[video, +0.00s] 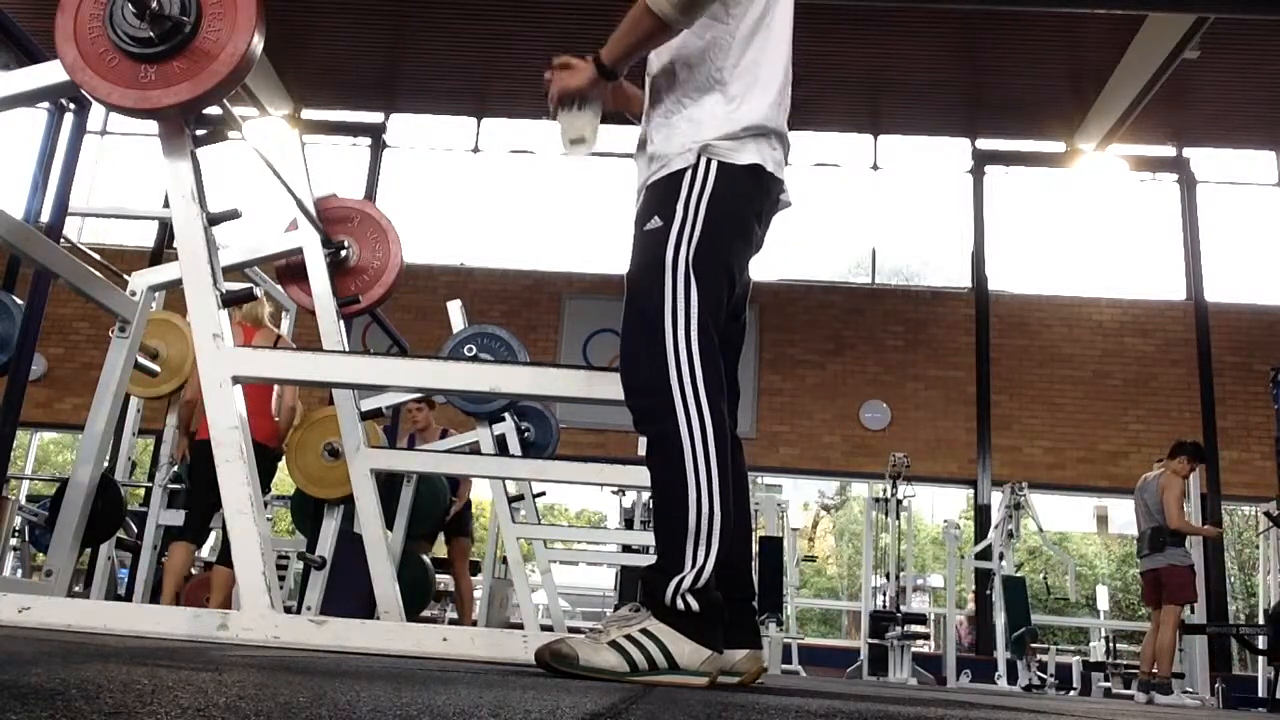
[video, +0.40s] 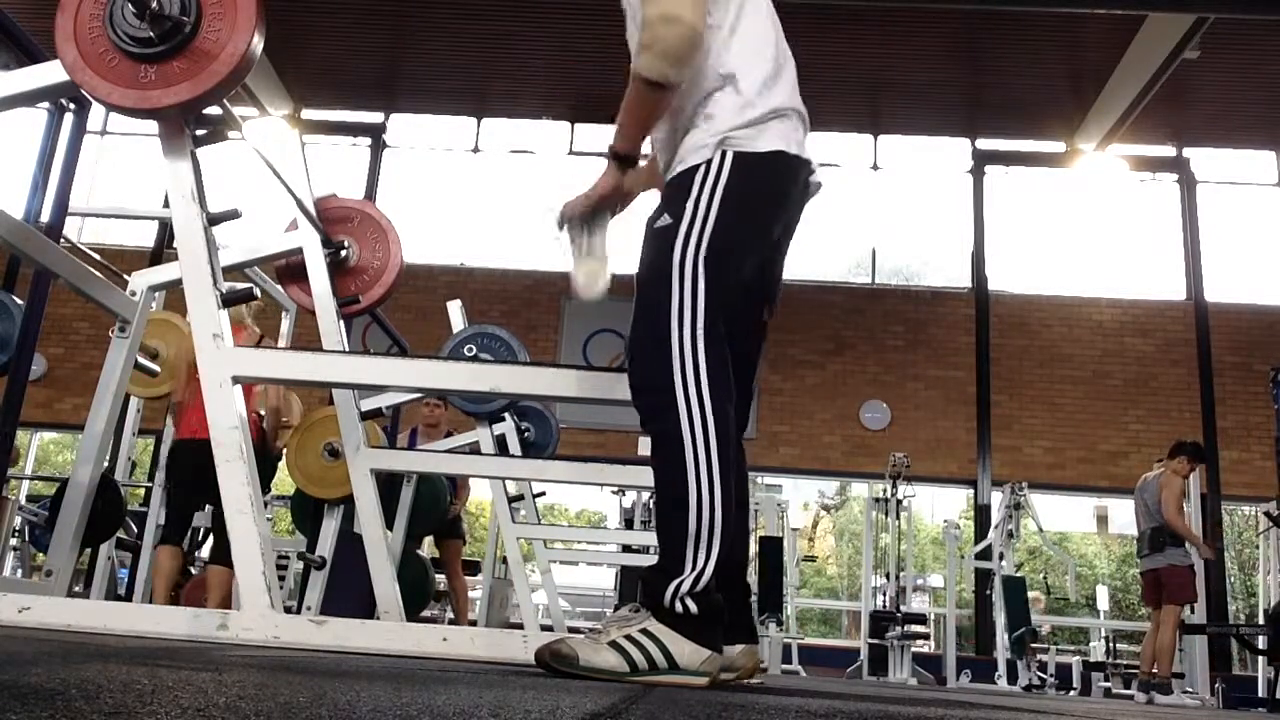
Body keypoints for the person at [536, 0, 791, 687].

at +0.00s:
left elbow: (668, 5)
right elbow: (687, 101)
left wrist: (600, 64)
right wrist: (611, 90)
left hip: (710, 147)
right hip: (699, 152)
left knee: (668, 372)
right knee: (697, 394)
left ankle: (689, 621)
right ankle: (730, 632)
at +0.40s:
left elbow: (674, 30)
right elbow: (716, 106)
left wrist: (621, 156)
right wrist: (633, 181)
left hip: (728, 150)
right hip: (757, 153)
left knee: (676, 376)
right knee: (708, 389)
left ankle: (688, 623)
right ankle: (723, 629)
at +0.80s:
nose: (464, 115)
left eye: (454, 93)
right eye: (452, 106)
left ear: (486, 46)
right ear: (492, 55)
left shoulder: (603, 30)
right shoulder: (574, 158)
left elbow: (706, 148)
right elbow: (563, 288)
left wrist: (667, 250)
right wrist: (504, 417)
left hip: (787, 173)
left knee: (652, 349)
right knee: (686, 393)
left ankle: (687, 623)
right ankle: (707, 629)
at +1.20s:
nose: (455, 204)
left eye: (444, 180)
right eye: (439, 197)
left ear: (472, 131)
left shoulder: (591, 93)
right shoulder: (547, 237)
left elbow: (728, 171)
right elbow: (496, 361)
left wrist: (662, 262)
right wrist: (416, 495)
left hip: (805, 208)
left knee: (639, 345)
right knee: (655, 380)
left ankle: (689, 622)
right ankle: (691, 620)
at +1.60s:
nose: (494, 70)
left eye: (486, 47)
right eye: (483, 63)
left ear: (520, 6)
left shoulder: (628, 14)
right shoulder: (600, 125)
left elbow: (711, 136)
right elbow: (611, 259)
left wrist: (683, 281)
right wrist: (578, 390)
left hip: (802, 165)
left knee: (678, 353)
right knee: (702, 387)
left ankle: (684, 624)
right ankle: (713, 631)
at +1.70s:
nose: (513, 34)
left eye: (509, 12)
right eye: (505, 24)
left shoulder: (649, 4)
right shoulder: (618, 92)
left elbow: (714, 125)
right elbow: (658, 232)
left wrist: (692, 251)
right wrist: (642, 353)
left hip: (800, 166)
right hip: (770, 183)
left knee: (689, 367)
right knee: (682, 380)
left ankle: (687, 625)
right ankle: (711, 629)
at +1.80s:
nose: (548, 13)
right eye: (544, 8)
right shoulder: (644, 58)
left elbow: (726, 107)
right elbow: (678, 175)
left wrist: (679, 234)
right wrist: (676, 251)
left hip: (796, 172)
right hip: (764, 184)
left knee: (697, 373)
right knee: (698, 383)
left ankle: (685, 623)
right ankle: (712, 629)